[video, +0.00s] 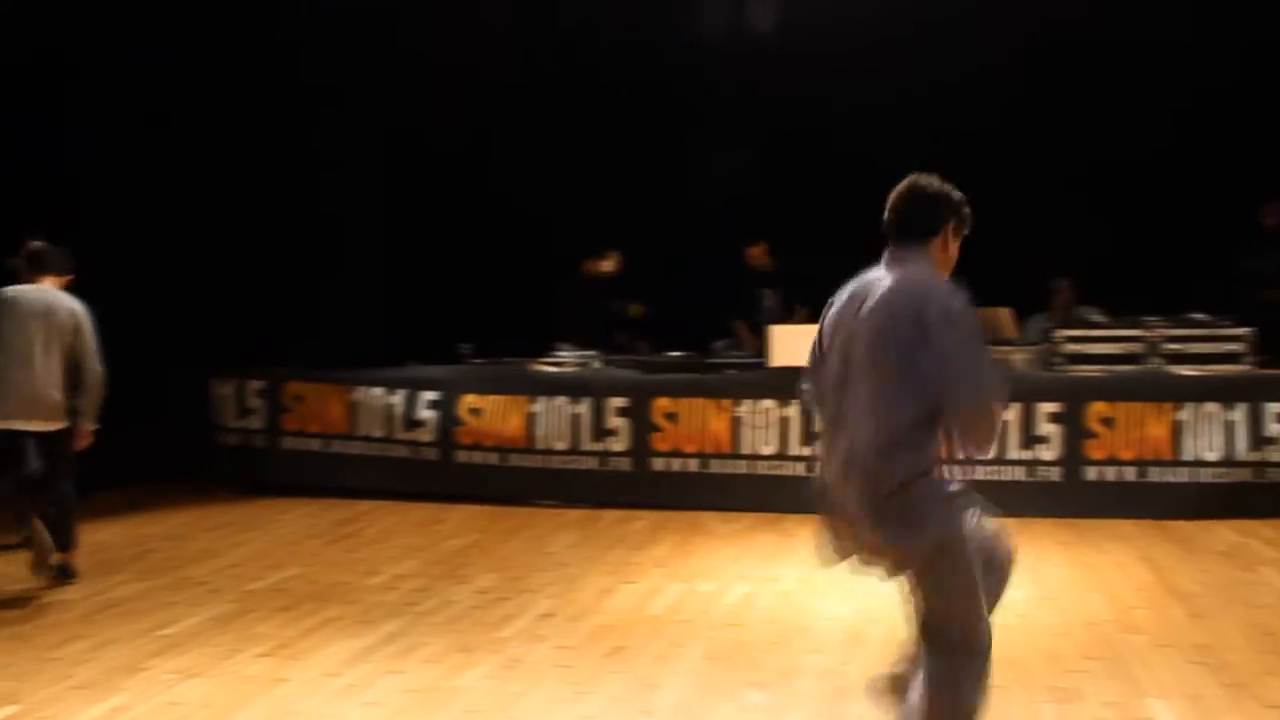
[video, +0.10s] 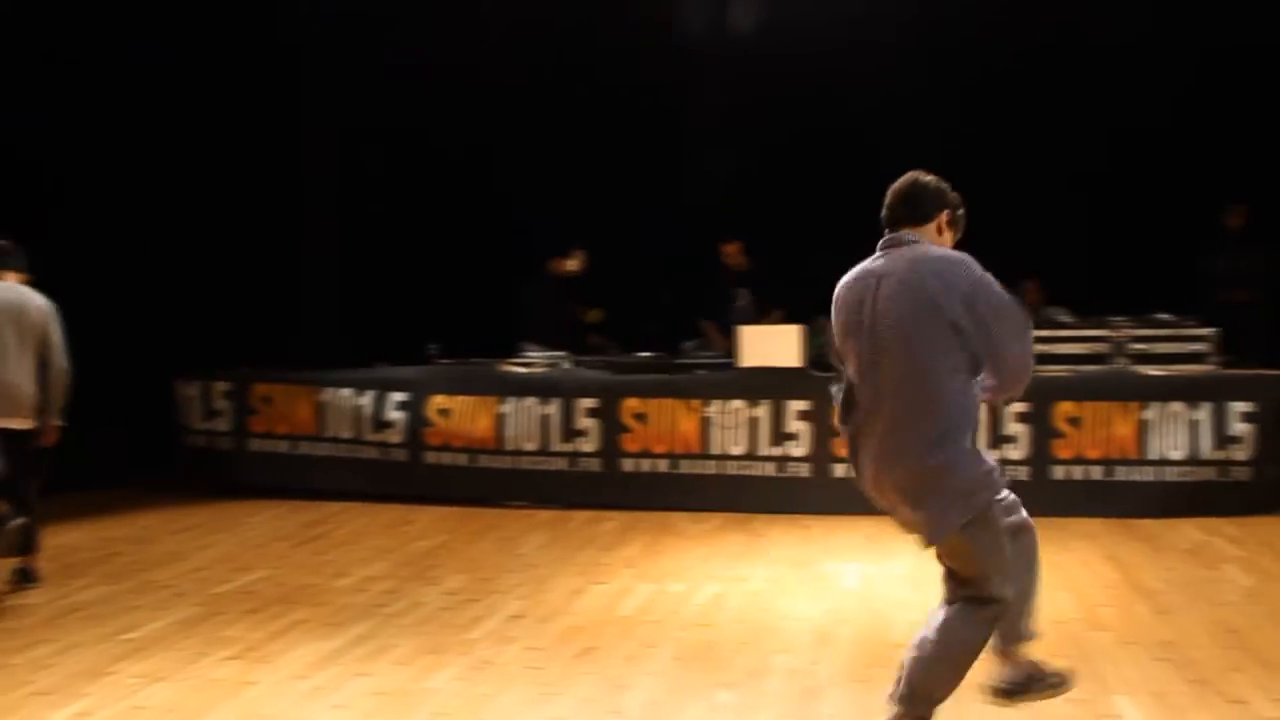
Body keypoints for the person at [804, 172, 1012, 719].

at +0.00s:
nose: (958, 254)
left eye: (958, 240)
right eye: (958, 240)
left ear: (891, 232)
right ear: (943, 238)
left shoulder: (848, 297)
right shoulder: (938, 302)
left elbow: (817, 391)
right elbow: (977, 421)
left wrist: (865, 433)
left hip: (849, 498)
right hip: (910, 501)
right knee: (959, 644)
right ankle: (938, 707)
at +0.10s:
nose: (953, 239)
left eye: (954, 230)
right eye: (953, 229)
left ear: (889, 224)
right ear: (940, 223)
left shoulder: (847, 287)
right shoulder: (954, 271)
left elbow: (856, 370)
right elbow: (1014, 366)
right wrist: (982, 388)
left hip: (875, 462)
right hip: (940, 460)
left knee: (1012, 528)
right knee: (979, 592)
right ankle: (909, 708)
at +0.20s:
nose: (941, 247)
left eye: (938, 241)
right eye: (940, 240)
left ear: (877, 244)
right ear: (930, 238)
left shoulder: (847, 309)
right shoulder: (961, 275)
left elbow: (877, 404)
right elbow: (1036, 352)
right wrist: (1034, 381)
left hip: (909, 476)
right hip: (979, 464)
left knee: (1014, 561)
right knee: (970, 600)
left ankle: (1047, 672)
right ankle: (900, 706)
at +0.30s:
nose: (938, 258)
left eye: (936, 252)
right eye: (937, 251)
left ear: (877, 262)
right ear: (929, 250)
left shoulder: (852, 326)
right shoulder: (972, 289)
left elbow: (878, 414)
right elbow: (1049, 332)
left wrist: (910, 461)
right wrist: (1107, 381)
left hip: (930, 481)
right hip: (1004, 461)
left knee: (987, 592)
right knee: (1017, 592)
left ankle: (1032, 693)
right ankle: (965, 694)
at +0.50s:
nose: (949, 247)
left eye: (944, 242)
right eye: (948, 240)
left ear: (893, 257)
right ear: (943, 241)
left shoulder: (880, 308)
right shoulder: (984, 272)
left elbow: (837, 356)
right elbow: (1052, 303)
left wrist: (880, 353)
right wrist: (1110, 348)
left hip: (946, 450)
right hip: (1010, 436)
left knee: (981, 557)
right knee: (1039, 522)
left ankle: (1002, 674)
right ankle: (1085, 603)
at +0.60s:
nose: (953, 251)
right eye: (952, 243)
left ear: (901, 261)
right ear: (949, 243)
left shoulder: (889, 307)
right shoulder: (997, 272)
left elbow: (817, 343)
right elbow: (1074, 290)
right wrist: (1094, 327)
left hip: (958, 449)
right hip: (1027, 436)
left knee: (990, 528)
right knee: (1053, 534)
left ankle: (1013, 631)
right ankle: (1033, 648)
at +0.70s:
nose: (910, 289)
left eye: (906, 280)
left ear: (907, 280)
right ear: (956, 262)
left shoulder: (900, 323)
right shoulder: (1007, 286)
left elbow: (819, 352)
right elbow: (1073, 286)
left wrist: (778, 375)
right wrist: (1063, 318)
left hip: (978, 467)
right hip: (1045, 455)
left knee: (995, 545)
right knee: (1041, 567)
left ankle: (1005, 615)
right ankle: (1035, 669)